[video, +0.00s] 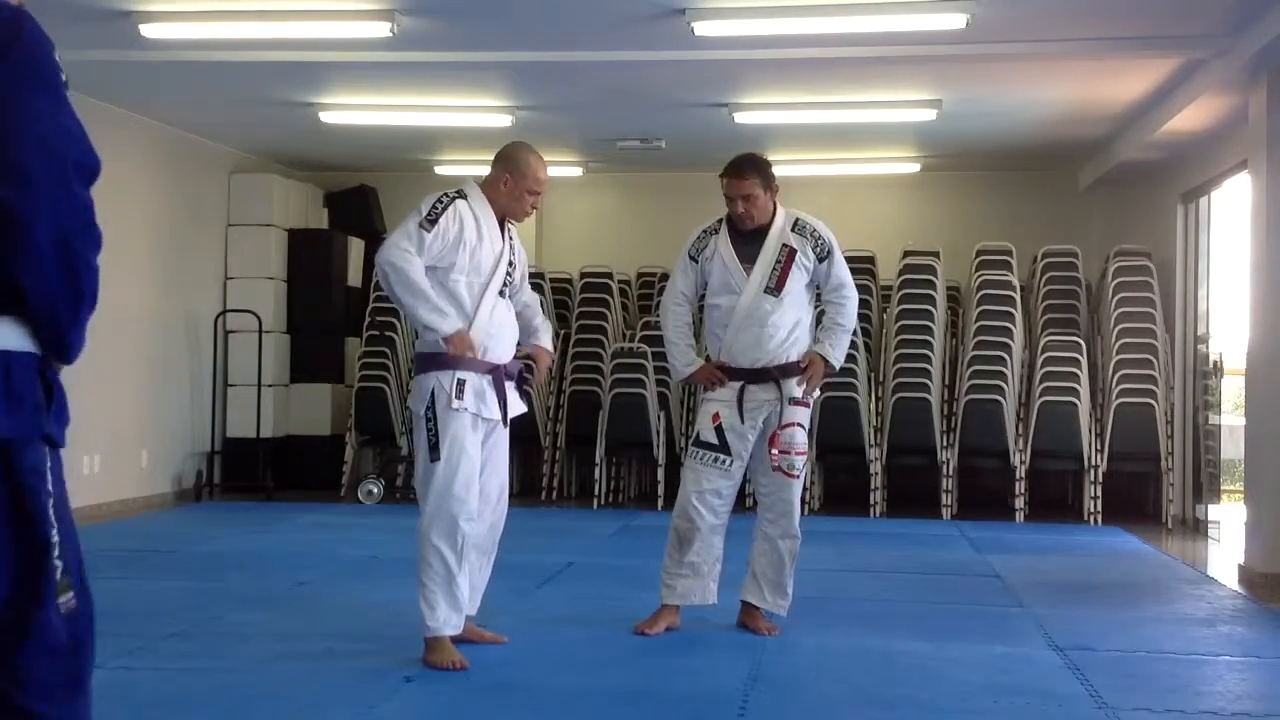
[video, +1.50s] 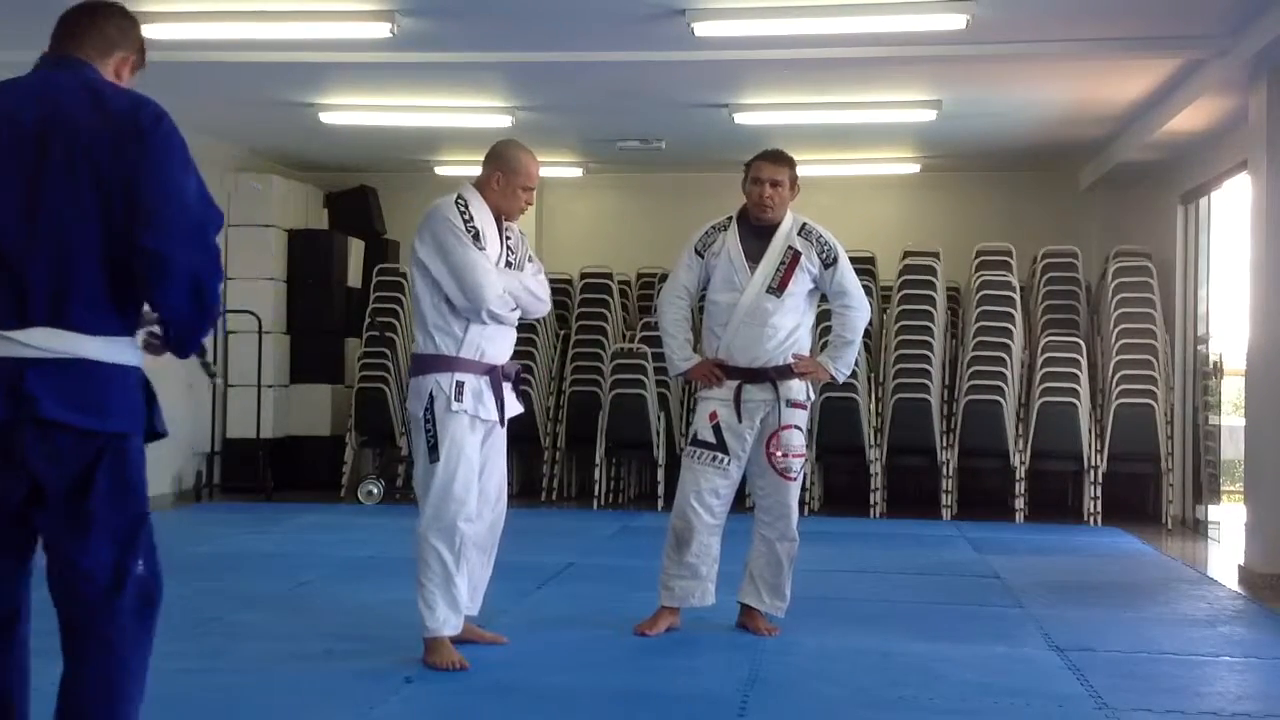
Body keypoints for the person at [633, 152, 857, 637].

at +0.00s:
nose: (738, 208)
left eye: (747, 199)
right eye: (730, 199)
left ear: (772, 193)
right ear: (723, 195)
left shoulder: (811, 237)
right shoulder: (705, 242)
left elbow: (843, 297)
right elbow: (675, 306)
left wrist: (828, 352)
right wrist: (689, 363)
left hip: (789, 390)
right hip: (725, 389)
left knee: (781, 503)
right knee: (697, 499)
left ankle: (757, 605)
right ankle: (671, 604)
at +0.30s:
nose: (756, 205)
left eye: (764, 194)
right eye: (745, 197)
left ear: (780, 190)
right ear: (729, 195)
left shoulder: (811, 237)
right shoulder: (706, 241)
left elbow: (850, 290)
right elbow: (670, 304)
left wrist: (839, 350)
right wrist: (688, 362)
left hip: (788, 390)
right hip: (723, 388)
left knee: (781, 505)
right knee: (696, 501)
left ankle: (756, 605)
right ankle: (672, 605)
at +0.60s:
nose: (767, 194)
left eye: (776, 185)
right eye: (756, 184)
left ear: (789, 189)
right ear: (738, 189)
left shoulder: (813, 244)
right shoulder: (707, 240)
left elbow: (852, 300)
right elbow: (670, 303)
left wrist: (831, 355)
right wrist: (687, 360)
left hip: (786, 391)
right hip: (721, 388)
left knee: (779, 507)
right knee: (694, 501)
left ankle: (755, 606)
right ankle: (672, 605)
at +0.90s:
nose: (769, 193)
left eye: (779, 185)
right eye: (759, 183)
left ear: (793, 191)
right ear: (742, 186)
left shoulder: (816, 246)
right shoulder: (710, 239)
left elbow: (851, 308)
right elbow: (672, 301)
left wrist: (830, 362)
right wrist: (685, 359)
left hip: (784, 392)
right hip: (719, 388)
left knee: (777, 509)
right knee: (693, 502)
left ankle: (755, 607)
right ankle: (671, 606)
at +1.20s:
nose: (767, 192)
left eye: (778, 184)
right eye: (758, 182)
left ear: (794, 191)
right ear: (743, 187)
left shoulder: (817, 246)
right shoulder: (711, 239)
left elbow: (854, 308)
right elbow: (672, 300)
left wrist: (831, 364)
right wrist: (684, 358)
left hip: (783, 391)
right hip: (719, 386)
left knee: (777, 508)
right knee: (693, 501)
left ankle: (756, 607)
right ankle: (671, 605)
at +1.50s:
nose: (765, 193)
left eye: (776, 185)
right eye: (757, 183)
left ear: (794, 192)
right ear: (743, 188)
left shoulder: (818, 245)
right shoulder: (712, 239)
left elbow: (854, 307)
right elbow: (673, 299)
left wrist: (833, 364)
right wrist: (686, 359)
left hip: (785, 392)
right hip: (720, 387)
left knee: (778, 508)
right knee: (694, 502)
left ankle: (756, 607)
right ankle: (671, 605)